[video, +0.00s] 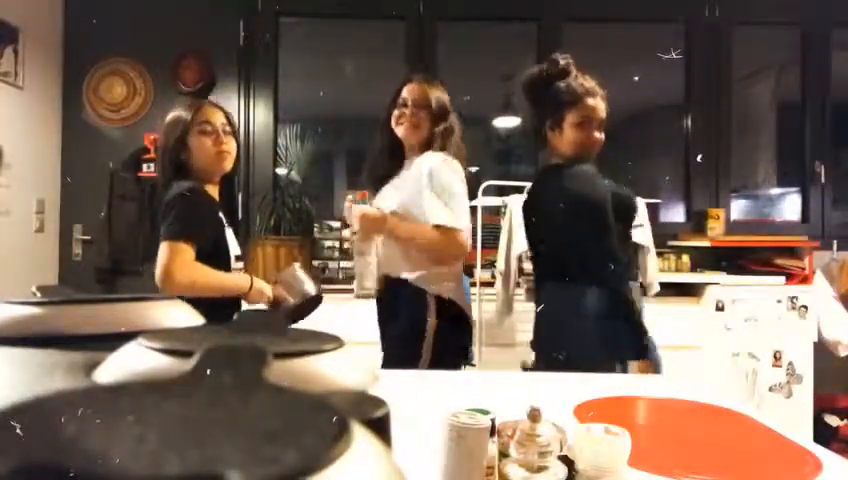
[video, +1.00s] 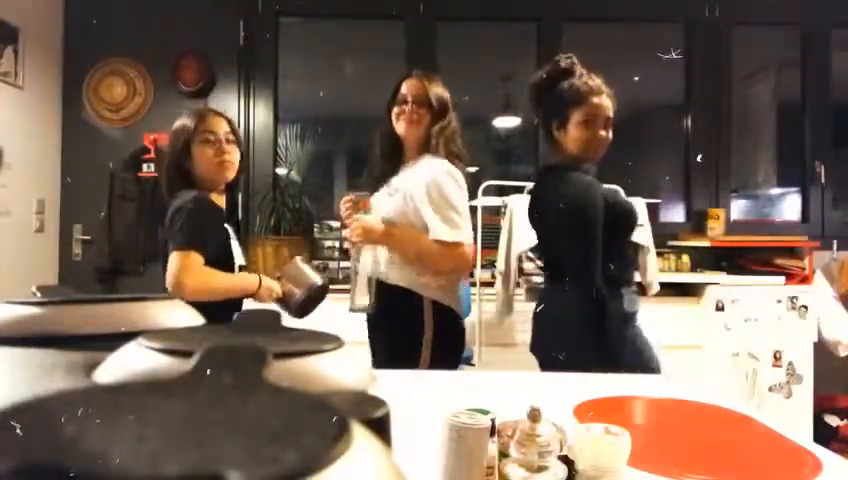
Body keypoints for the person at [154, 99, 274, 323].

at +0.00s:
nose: (222, 139)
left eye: (227, 131)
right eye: (206, 131)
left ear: (236, 141)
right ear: (181, 148)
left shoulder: (212, 202)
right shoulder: (187, 198)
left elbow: (222, 278)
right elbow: (173, 275)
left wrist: (268, 292)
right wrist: (247, 285)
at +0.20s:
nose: (218, 140)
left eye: (223, 133)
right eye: (202, 133)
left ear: (231, 143)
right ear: (177, 149)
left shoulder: (208, 203)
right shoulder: (187, 200)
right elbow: (173, 277)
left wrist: (268, 289)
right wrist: (248, 283)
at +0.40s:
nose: (216, 137)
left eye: (221, 129)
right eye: (201, 129)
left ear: (230, 139)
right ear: (175, 144)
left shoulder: (204, 198)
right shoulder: (184, 196)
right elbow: (175, 269)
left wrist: (266, 285)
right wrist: (249, 279)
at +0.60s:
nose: (216, 145)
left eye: (222, 137)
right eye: (201, 137)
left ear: (231, 148)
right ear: (176, 153)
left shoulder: (207, 206)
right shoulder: (185, 203)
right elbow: (177, 275)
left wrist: (272, 282)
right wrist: (253, 278)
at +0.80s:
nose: (219, 140)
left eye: (226, 133)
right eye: (205, 133)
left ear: (235, 144)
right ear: (180, 148)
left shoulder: (210, 200)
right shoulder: (190, 199)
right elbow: (181, 269)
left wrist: (266, 275)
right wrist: (255, 274)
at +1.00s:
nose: (223, 149)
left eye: (230, 140)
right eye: (208, 141)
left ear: (240, 151)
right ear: (185, 156)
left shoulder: (220, 211)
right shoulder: (195, 207)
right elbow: (183, 281)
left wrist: (272, 285)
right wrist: (255, 284)